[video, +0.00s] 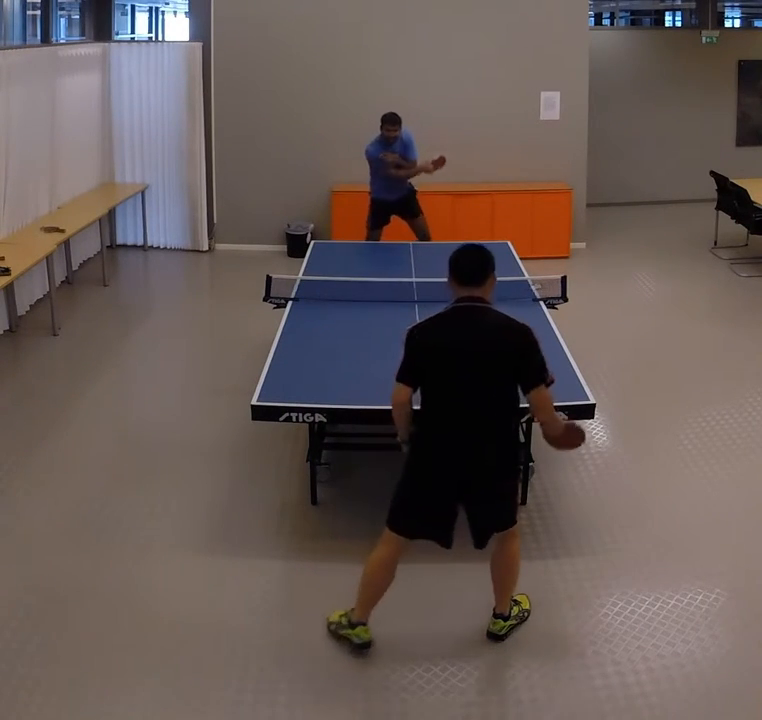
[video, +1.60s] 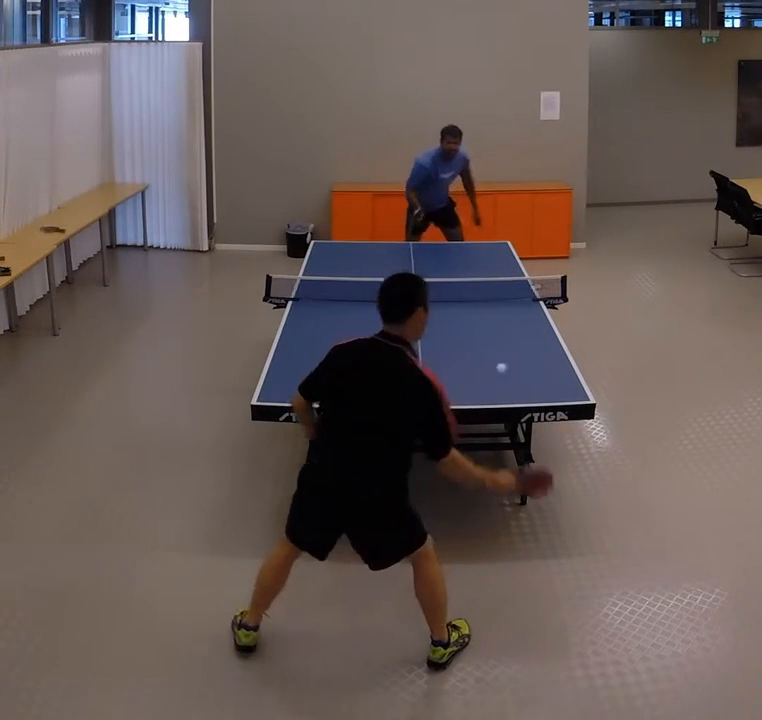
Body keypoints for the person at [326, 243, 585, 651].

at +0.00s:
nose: (490, 283)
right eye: (494, 277)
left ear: (450, 282)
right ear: (493, 281)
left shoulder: (424, 332)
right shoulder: (515, 334)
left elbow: (400, 399)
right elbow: (544, 409)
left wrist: (407, 438)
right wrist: (558, 431)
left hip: (434, 454)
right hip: (492, 458)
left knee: (393, 539)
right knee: (505, 532)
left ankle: (357, 620)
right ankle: (502, 613)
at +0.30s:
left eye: (453, 273)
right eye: (494, 272)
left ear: (452, 279)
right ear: (496, 278)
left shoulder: (430, 333)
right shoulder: (514, 331)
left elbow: (417, 403)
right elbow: (503, 386)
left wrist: (416, 442)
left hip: (440, 450)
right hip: (494, 452)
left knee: (396, 533)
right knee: (501, 538)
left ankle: (364, 616)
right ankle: (504, 613)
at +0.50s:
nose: (425, 290)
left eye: (424, 284)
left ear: (424, 290)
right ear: (466, 290)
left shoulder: (403, 349)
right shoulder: (485, 344)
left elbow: (392, 423)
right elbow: (454, 381)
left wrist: (388, 455)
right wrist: (393, 364)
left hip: (413, 465)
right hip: (465, 463)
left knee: (361, 549)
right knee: (488, 535)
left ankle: (317, 627)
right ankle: (503, 612)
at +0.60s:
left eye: (399, 292)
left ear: (397, 297)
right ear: (440, 299)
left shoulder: (372, 356)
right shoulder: (461, 357)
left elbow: (360, 428)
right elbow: (462, 417)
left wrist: (370, 468)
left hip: (385, 478)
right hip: (442, 477)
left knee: (340, 553)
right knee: (477, 543)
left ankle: (311, 640)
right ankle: (501, 614)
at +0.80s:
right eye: (415, 291)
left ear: (375, 296)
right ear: (420, 297)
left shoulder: (346, 353)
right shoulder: (442, 357)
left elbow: (329, 425)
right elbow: (466, 422)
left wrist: (336, 463)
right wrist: (431, 426)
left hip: (356, 479)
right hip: (416, 479)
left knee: (326, 555)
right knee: (451, 544)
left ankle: (308, 640)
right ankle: (454, 631)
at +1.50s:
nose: (426, 308)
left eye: (424, 302)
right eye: (425, 302)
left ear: (379, 303)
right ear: (420, 307)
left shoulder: (343, 350)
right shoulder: (427, 370)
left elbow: (306, 407)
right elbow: (456, 428)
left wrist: (326, 433)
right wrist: (471, 407)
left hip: (334, 480)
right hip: (390, 487)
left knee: (295, 549)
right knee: (424, 555)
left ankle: (252, 621)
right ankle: (443, 638)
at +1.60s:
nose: (427, 318)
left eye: (425, 309)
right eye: (426, 310)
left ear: (381, 310)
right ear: (419, 315)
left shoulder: (344, 354)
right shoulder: (420, 386)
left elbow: (300, 400)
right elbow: (446, 460)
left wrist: (314, 431)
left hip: (322, 483)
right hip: (378, 495)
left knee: (288, 547)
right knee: (423, 555)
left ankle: (249, 624)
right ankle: (440, 640)